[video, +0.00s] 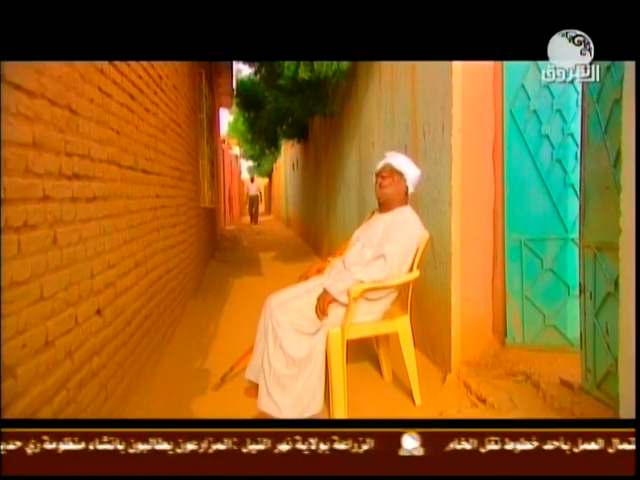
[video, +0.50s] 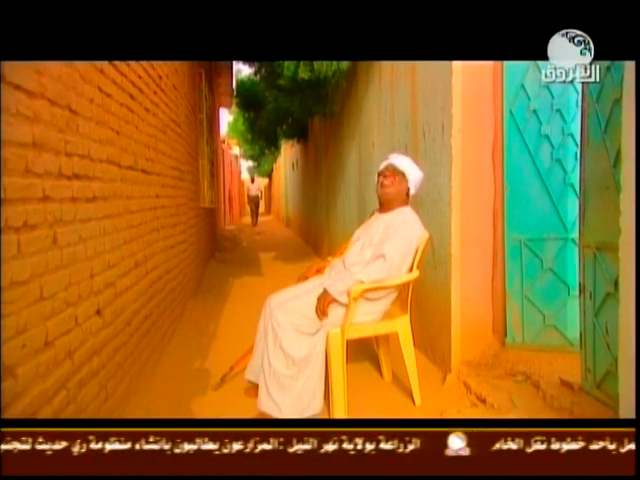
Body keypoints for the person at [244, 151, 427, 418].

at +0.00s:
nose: (382, 180)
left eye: (391, 175)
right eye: (380, 175)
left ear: (406, 185)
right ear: (376, 182)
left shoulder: (406, 223)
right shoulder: (381, 216)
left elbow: (389, 271)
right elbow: (354, 255)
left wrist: (335, 290)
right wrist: (325, 268)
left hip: (362, 300)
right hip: (341, 283)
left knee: (284, 315)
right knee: (274, 304)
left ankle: (289, 405)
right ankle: (266, 378)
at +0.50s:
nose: (385, 179)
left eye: (394, 175)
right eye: (382, 175)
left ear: (408, 187)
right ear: (377, 183)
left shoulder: (406, 223)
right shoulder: (381, 216)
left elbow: (388, 270)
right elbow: (354, 255)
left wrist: (336, 291)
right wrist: (325, 267)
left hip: (362, 300)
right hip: (341, 283)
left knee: (284, 315)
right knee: (274, 304)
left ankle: (289, 405)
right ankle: (265, 377)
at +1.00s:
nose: (381, 191)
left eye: (388, 184)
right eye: (375, 186)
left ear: (401, 189)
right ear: (370, 192)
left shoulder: (406, 224)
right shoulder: (380, 218)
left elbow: (384, 270)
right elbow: (351, 255)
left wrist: (334, 291)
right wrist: (323, 268)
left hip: (362, 300)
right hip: (340, 283)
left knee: (284, 316)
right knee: (274, 304)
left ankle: (290, 405)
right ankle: (265, 377)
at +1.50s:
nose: (379, 192)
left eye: (386, 185)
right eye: (373, 187)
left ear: (400, 190)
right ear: (367, 193)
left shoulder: (405, 223)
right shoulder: (378, 219)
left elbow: (386, 270)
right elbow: (351, 256)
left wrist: (335, 291)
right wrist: (323, 270)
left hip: (363, 300)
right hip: (340, 284)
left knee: (285, 316)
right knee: (275, 304)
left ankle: (289, 406)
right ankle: (265, 377)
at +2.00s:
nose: (356, 202)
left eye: (359, 193)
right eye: (349, 198)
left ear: (373, 190)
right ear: (345, 201)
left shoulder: (395, 218)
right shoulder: (361, 219)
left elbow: (389, 270)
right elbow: (344, 258)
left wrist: (339, 287)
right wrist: (328, 283)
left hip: (368, 299)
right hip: (342, 286)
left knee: (288, 315)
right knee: (278, 303)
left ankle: (289, 407)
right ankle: (268, 377)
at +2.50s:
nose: (333, 208)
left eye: (334, 200)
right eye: (327, 206)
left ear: (347, 193)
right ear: (325, 208)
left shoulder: (378, 217)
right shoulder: (346, 220)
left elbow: (386, 270)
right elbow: (341, 258)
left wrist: (337, 284)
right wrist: (326, 278)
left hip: (367, 299)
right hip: (340, 285)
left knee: (288, 317)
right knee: (276, 304)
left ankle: (289, 406)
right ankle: (267, 380)